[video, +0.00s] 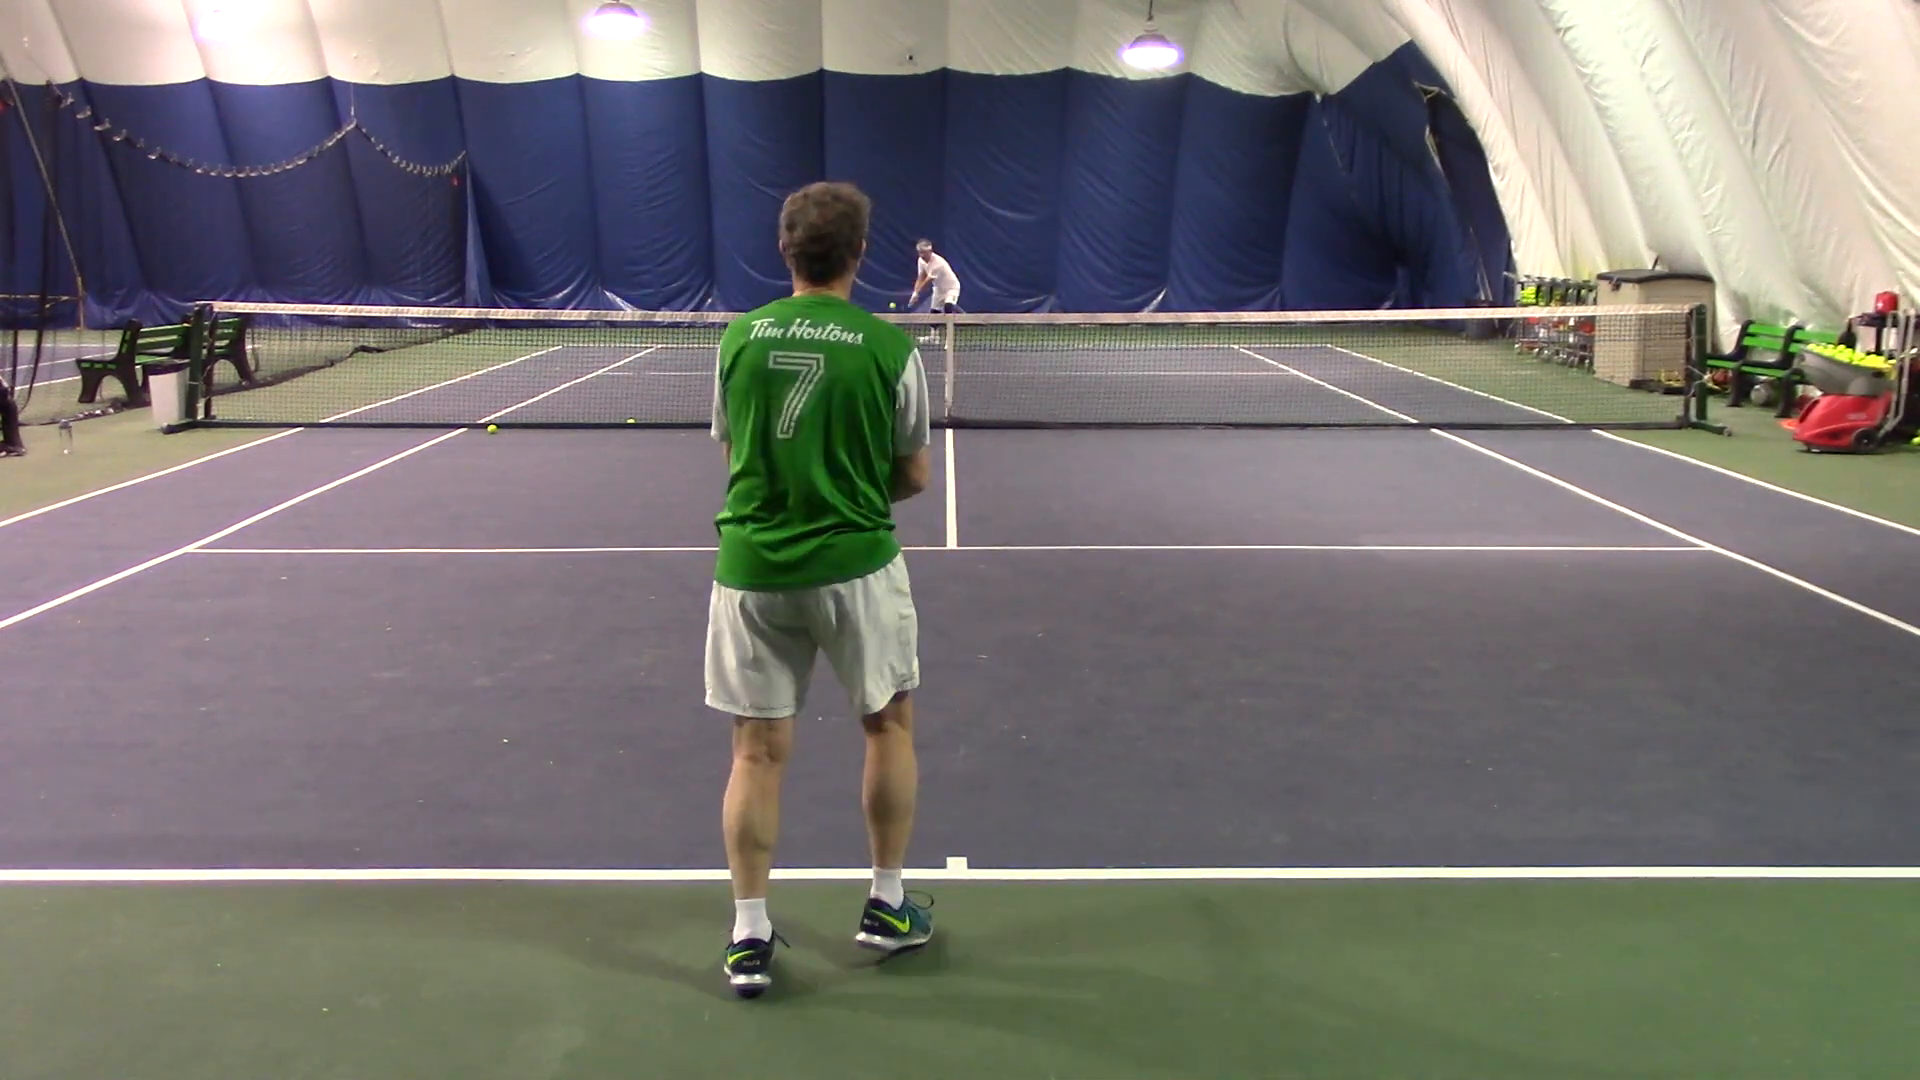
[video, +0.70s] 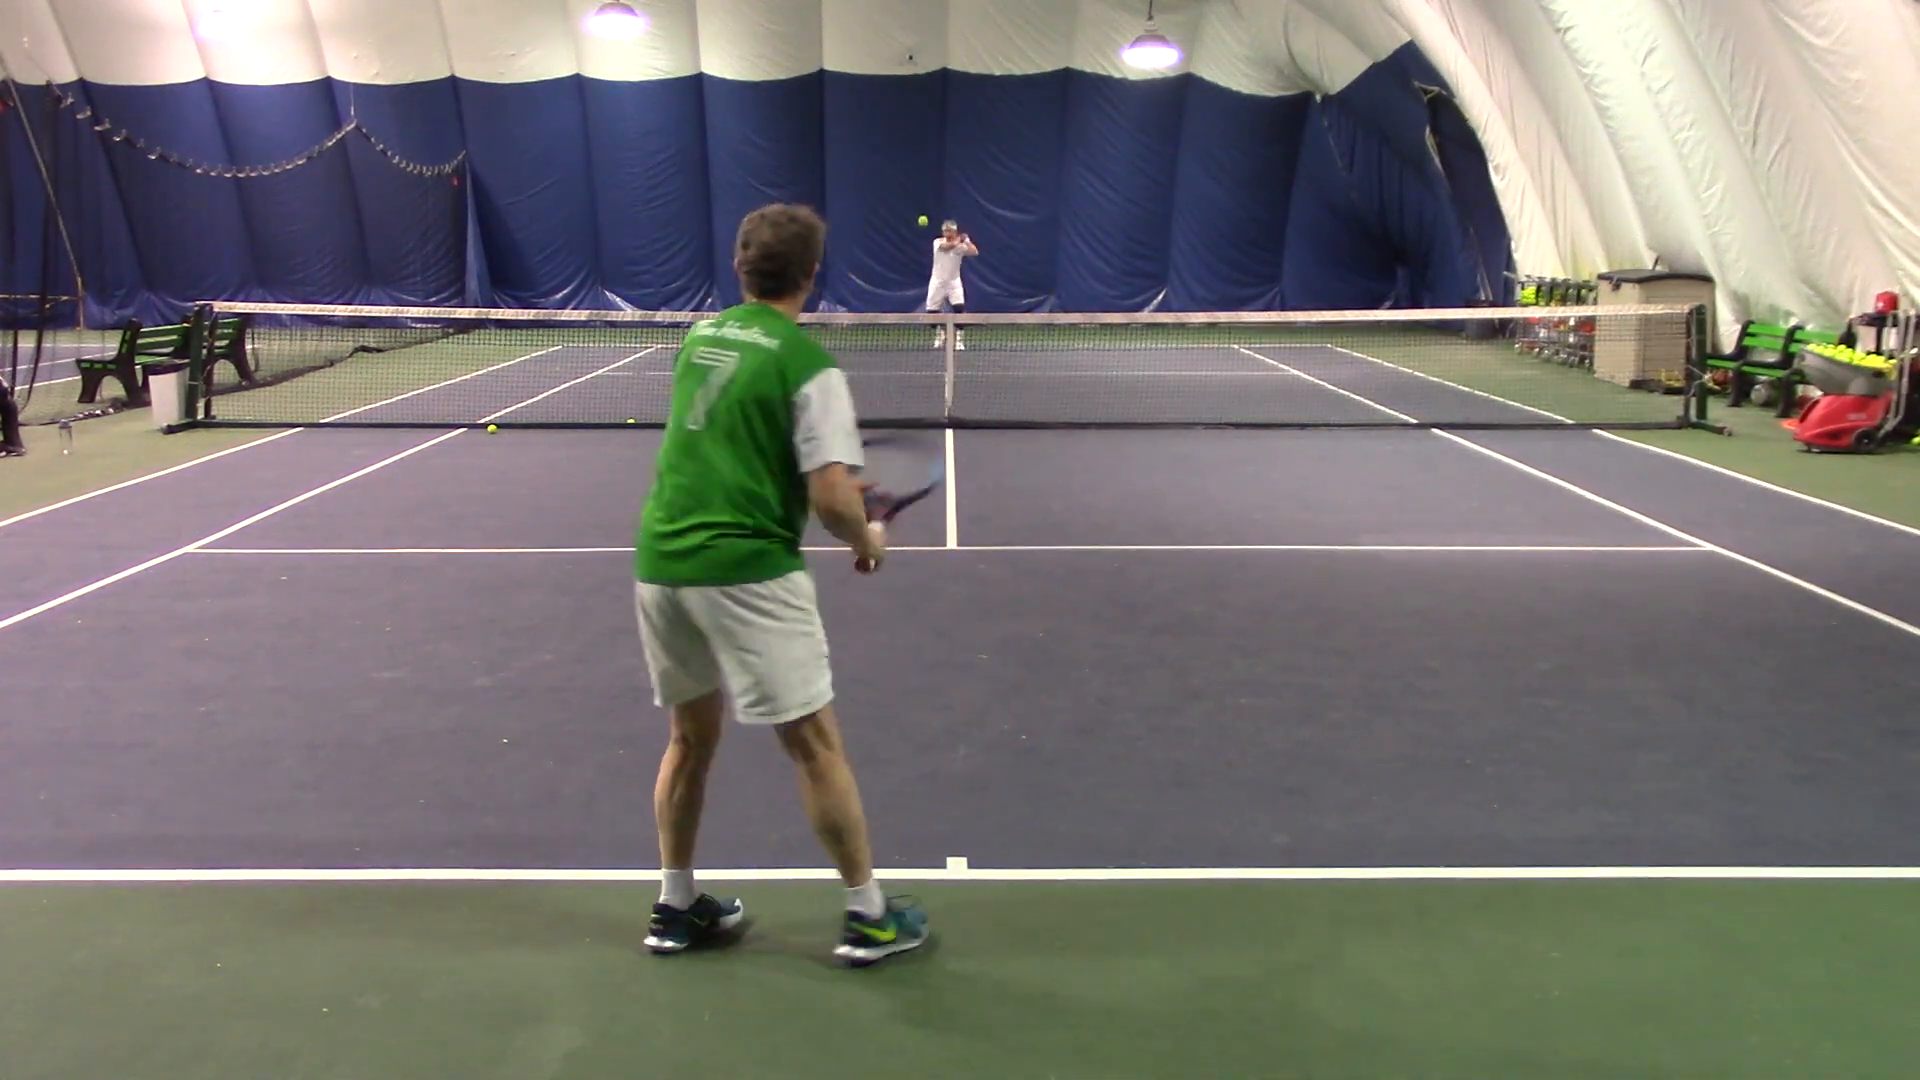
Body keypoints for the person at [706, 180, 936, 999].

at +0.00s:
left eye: (800, 240)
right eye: (856, 244)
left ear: (785, 252)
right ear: (860, 255)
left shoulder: (740, 337)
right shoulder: (892, 346)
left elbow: (734, 445)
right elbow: (913, 476)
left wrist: (812, 458)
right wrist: (846, 481)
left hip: (754, 568)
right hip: (859, 567)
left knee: (756, 750)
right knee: (888, 723)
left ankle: (748, 934)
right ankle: (887, 901)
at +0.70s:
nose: (817, 273)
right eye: (817, 264)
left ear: (740, 267)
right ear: (813, 275)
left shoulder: (701, 338)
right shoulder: (806, 363)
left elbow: (731, 450)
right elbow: (832, 496)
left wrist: (841, 486)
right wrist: (866, 541)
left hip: (662, 561)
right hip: (751, 569)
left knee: (691, 735)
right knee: (815, 746)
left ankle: (675, 904)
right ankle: (869, 911)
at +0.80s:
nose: (796, 274)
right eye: (796, 265)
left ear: (718, 266)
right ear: (788, 274)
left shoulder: (683, 336)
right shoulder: (767, 356)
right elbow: (789, 481)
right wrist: (874, 509)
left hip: (639, 563)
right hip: (721, 569)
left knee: (683, 733)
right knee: (788, 738)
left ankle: (674, 905)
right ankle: (795, 923)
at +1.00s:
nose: (769, 273)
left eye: (761, 260)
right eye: (769, 262)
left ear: (691, 265)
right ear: (759, 272)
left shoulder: (676, 330)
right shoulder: (718, 350)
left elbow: (791, 392)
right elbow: (721, 456)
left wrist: (877, 377)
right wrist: (840, 448)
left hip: (624, 570)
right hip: (677, 580)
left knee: (675, 746)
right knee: (717, 764)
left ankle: (669, 903)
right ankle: (634, 953)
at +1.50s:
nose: (772, 297)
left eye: (770, 283)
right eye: (772, 284)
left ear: (696, 278)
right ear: (755, 292)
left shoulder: (660, 334)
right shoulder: (697, 364)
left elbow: (664, 421)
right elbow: (694, 465)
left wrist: (747, 408)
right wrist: (769, 500)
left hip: (606, 576)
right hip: (640, 587)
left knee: (670, 735)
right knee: (669, 784)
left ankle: (688, 876)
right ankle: (610, 977)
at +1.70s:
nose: (785, 307)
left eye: (784, 294)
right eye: (785, 295)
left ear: (707, 284)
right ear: (767, 301)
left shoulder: (644, 335)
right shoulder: (739, 383)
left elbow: (578, 395)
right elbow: (795, 510)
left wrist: (643, 402)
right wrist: (900, 562)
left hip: (606, 582)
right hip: (671, 594)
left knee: (676, 737)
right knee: (669, 782)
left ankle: (697, 883)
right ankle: (612, 969)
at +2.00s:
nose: (825, 299)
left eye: (825, 288)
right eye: (825, 290)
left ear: (745, 277)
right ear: (807, 300)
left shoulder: (666, 320)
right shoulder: (808, 365)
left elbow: (558, 336)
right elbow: (758, 360)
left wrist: (628, 349)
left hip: (640, 562)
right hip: (724, 574)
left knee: (684, 723)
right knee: (711, 750)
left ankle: (699, 878)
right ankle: (659, 923)